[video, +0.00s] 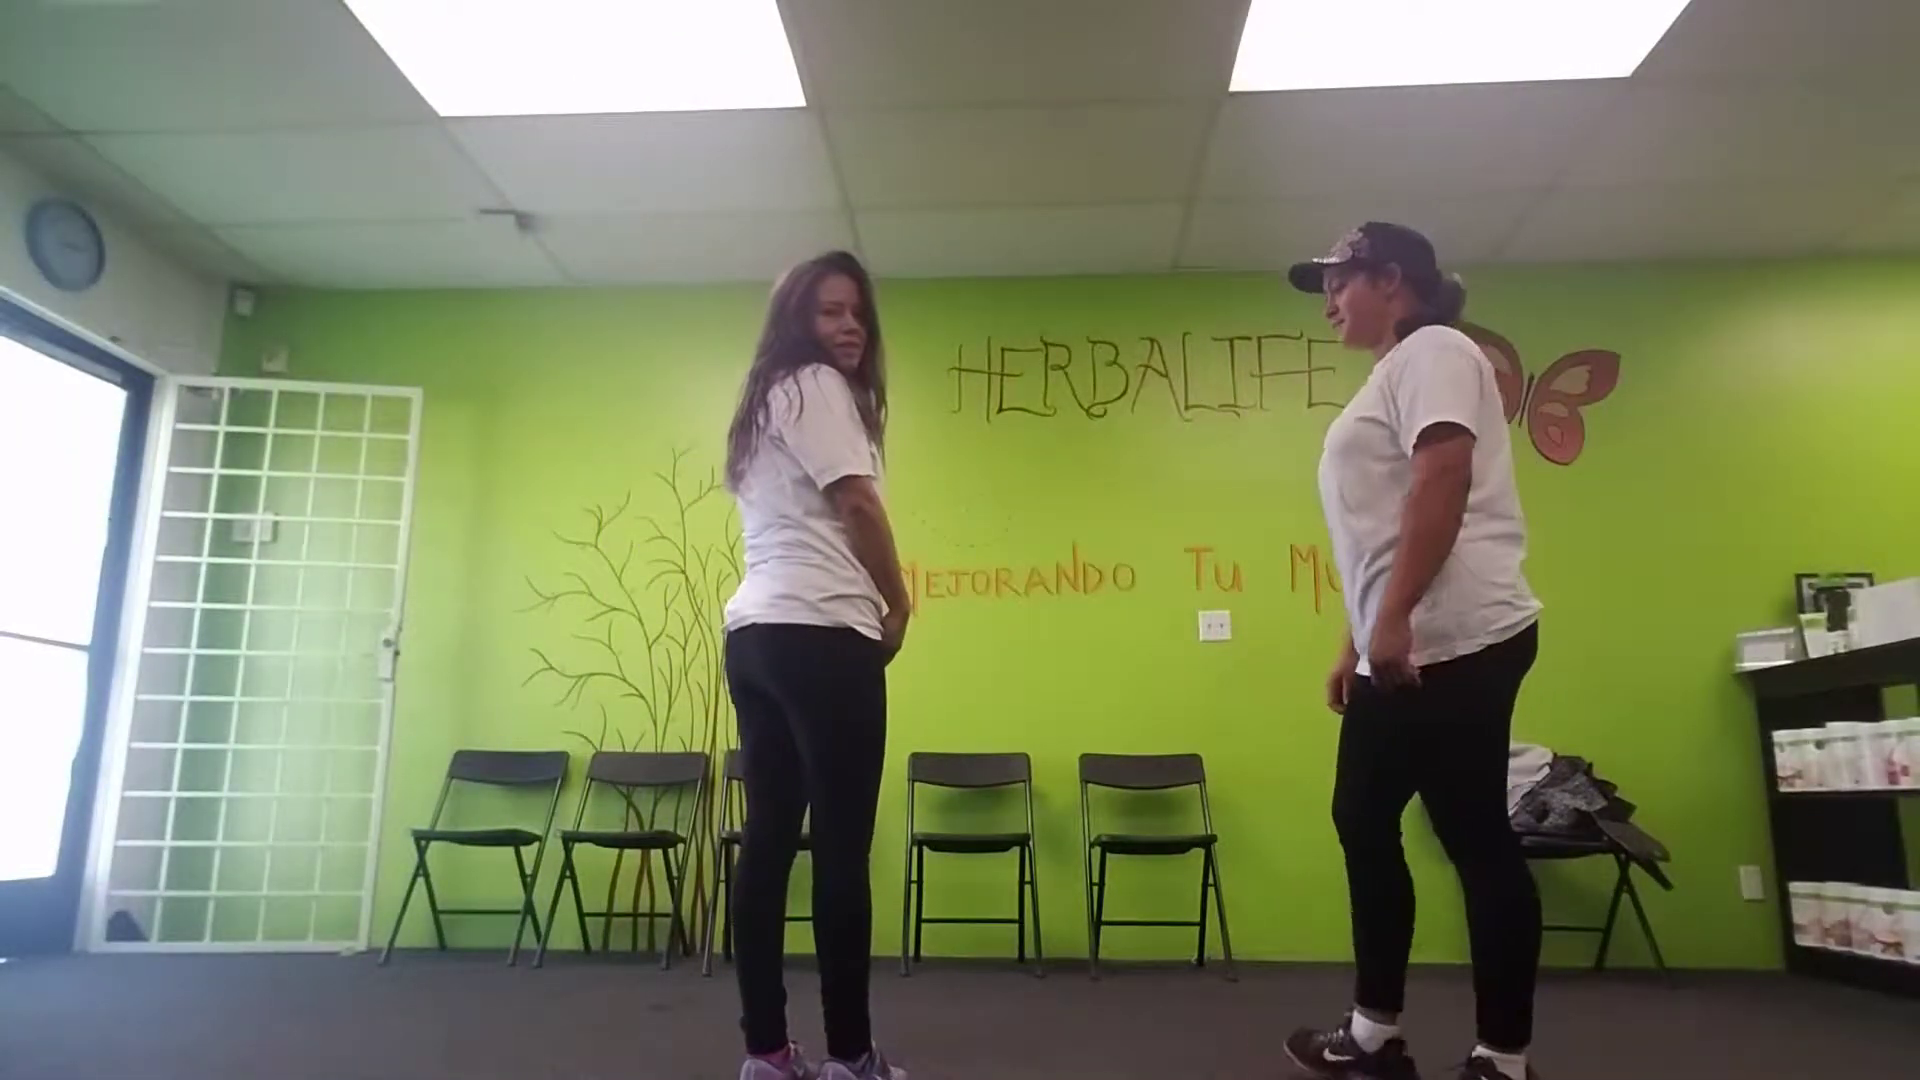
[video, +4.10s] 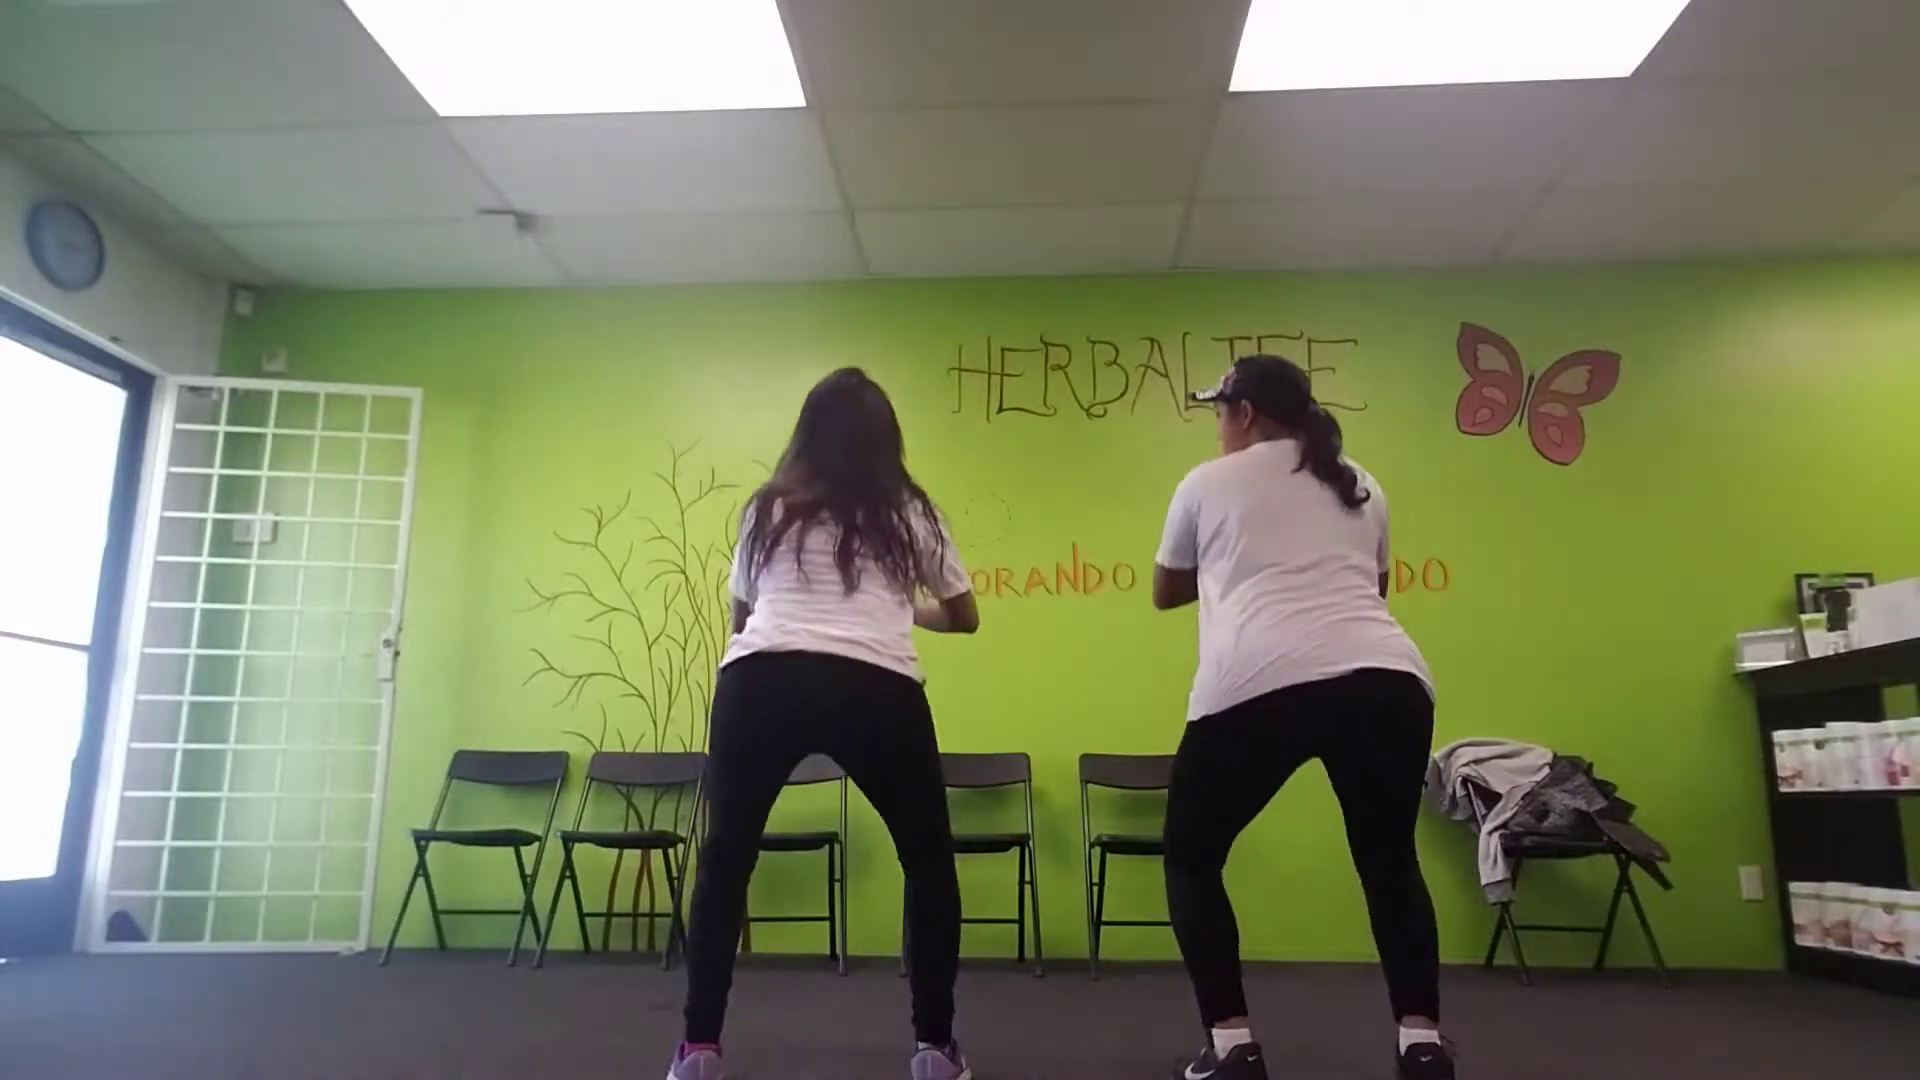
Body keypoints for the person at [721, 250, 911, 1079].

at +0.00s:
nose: (847, 325)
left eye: (855, 312)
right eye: (829, 312)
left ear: (866, 322)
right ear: (796, 320)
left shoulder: (767, 395)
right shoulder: (818, 386)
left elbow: (778, 525)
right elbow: (856, 504)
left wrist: (865, 601)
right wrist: (899, 598)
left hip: (756, 633)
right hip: (821, 631)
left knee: (767, 840)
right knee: (843, 848)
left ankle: (765, 1051)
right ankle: (850, 1056)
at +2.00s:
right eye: (866, 337)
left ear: (786, 340)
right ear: (870, 346)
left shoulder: (748, 423)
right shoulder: (897, 423)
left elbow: (737, 549)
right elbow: (919, 540)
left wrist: (812, 528)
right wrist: (852, 502)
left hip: (766, 648)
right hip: (871, 652)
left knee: (741, 846)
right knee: (893, 854)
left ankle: (706, 1050)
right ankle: (924, 1052)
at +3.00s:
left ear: (810, 440)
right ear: (892, 441)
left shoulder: (774, 503)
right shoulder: (914, 509)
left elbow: (767, 590)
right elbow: (941, 613)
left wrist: (834, 572)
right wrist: (878, 567)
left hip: (771, 689)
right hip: (883, 697)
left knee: (722, 859)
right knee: (932, 861)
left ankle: (697, 1049)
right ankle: (936, 1049)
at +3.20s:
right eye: (890, 524)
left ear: (809, 527)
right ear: (889, 530)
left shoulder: (772, 586)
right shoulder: (907, 594)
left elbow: (764, 669)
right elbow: (940, 694)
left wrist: (829, 657)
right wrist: (876, 657)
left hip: (762, 766)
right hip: (880, 778)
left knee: (718, 875)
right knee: (950, 866)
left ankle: (701, 1039)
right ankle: (937, 1038)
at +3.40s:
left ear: (808, 615)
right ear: (887, 619)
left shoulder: (768, 678)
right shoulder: (904, 684)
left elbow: (759, 760)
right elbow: (941, 779)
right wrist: (884, 740)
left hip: (756, 874)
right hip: (870, 878)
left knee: (705, 880)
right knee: (964, 868)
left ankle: (701, 1036)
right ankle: (938, 1038)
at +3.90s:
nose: (892, 557)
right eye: (886, 547)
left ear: (805, 550)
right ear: (883, 555)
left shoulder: (765, 607)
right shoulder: (898, 612)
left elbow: (752, 686)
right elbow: (951, 698)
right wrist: (896, 655)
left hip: (750, 757)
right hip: (865, 762)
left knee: (717, 878)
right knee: (942, 874)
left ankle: (699, 1047)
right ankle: (934, 1048)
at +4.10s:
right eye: (887, 433)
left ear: (804, 434)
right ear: (886, 439)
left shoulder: (767, 503)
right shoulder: (909, 508)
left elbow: (739, 609)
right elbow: (963, 616)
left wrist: (794, 610)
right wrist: (895, 605)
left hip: (764, 678)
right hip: (875, 684)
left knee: (724, 854)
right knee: (929, 861)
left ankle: (699, 1049)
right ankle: (934, 1050)